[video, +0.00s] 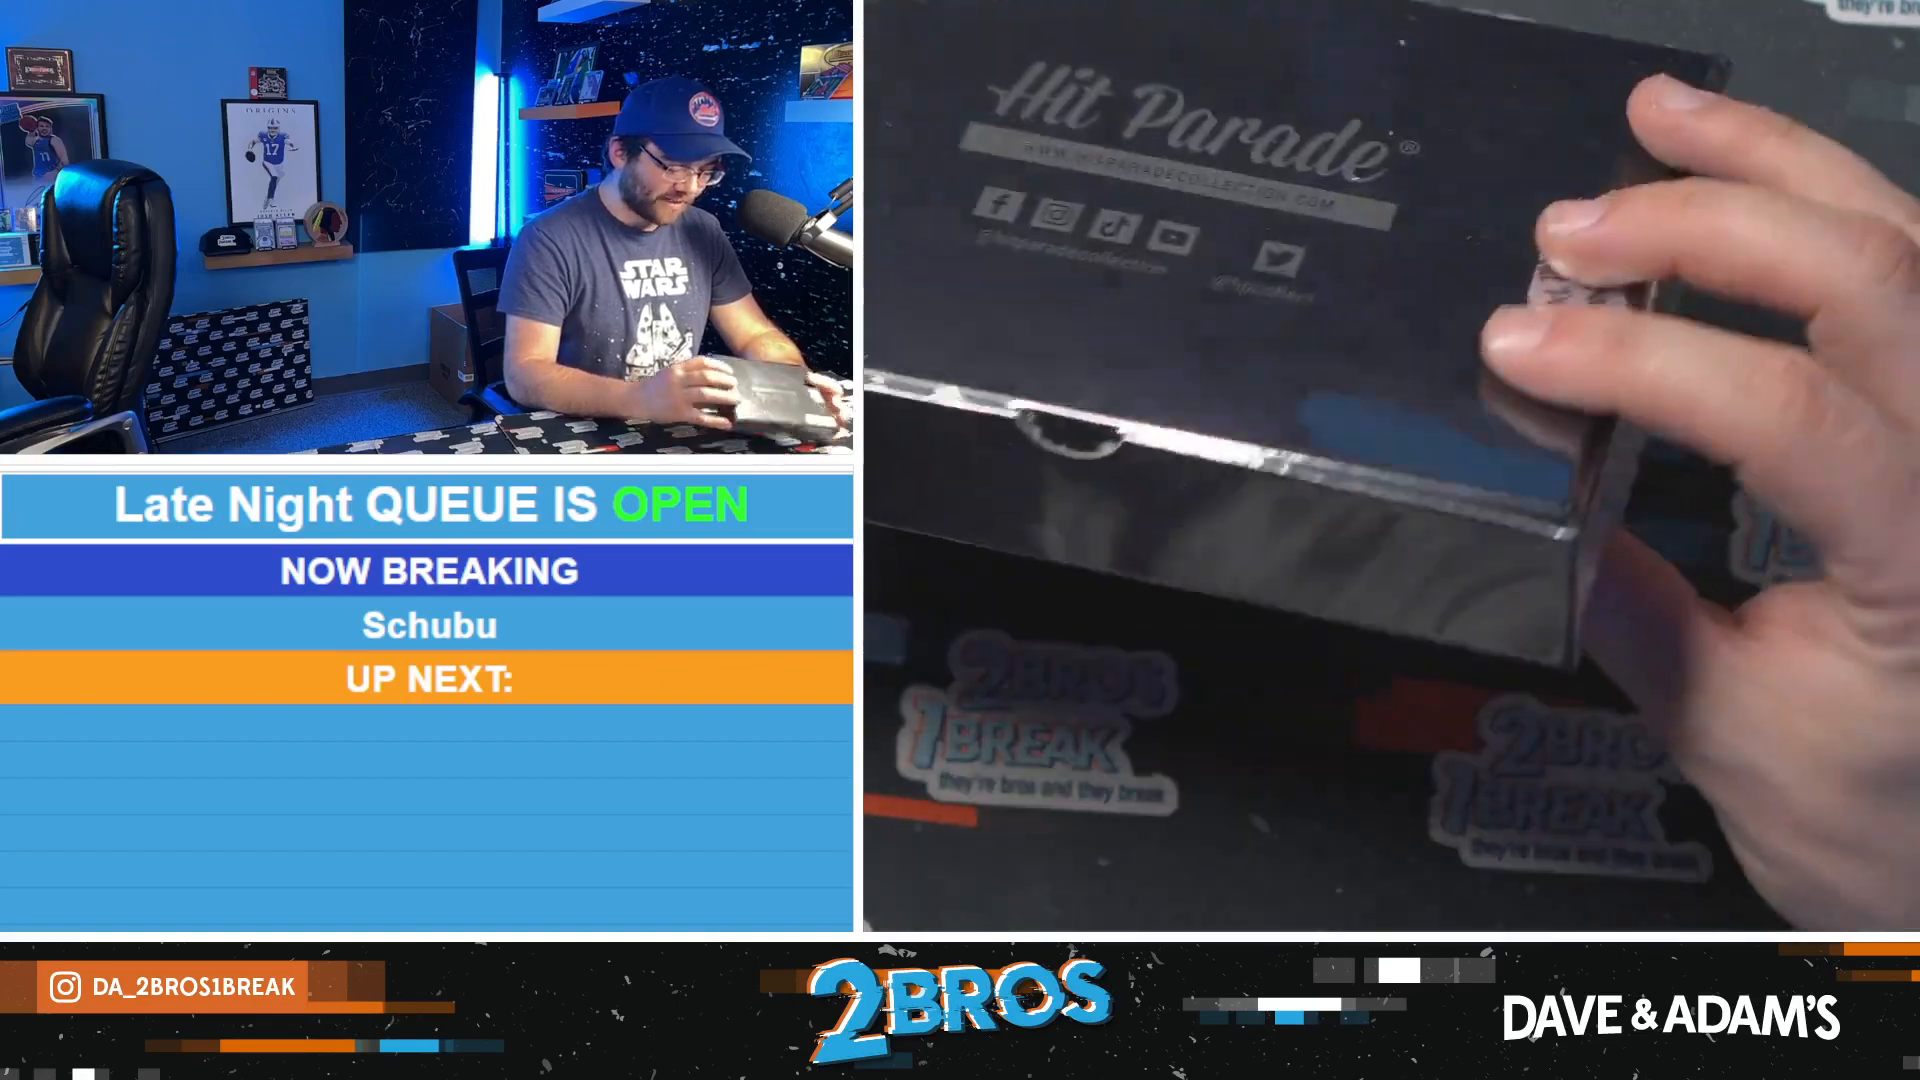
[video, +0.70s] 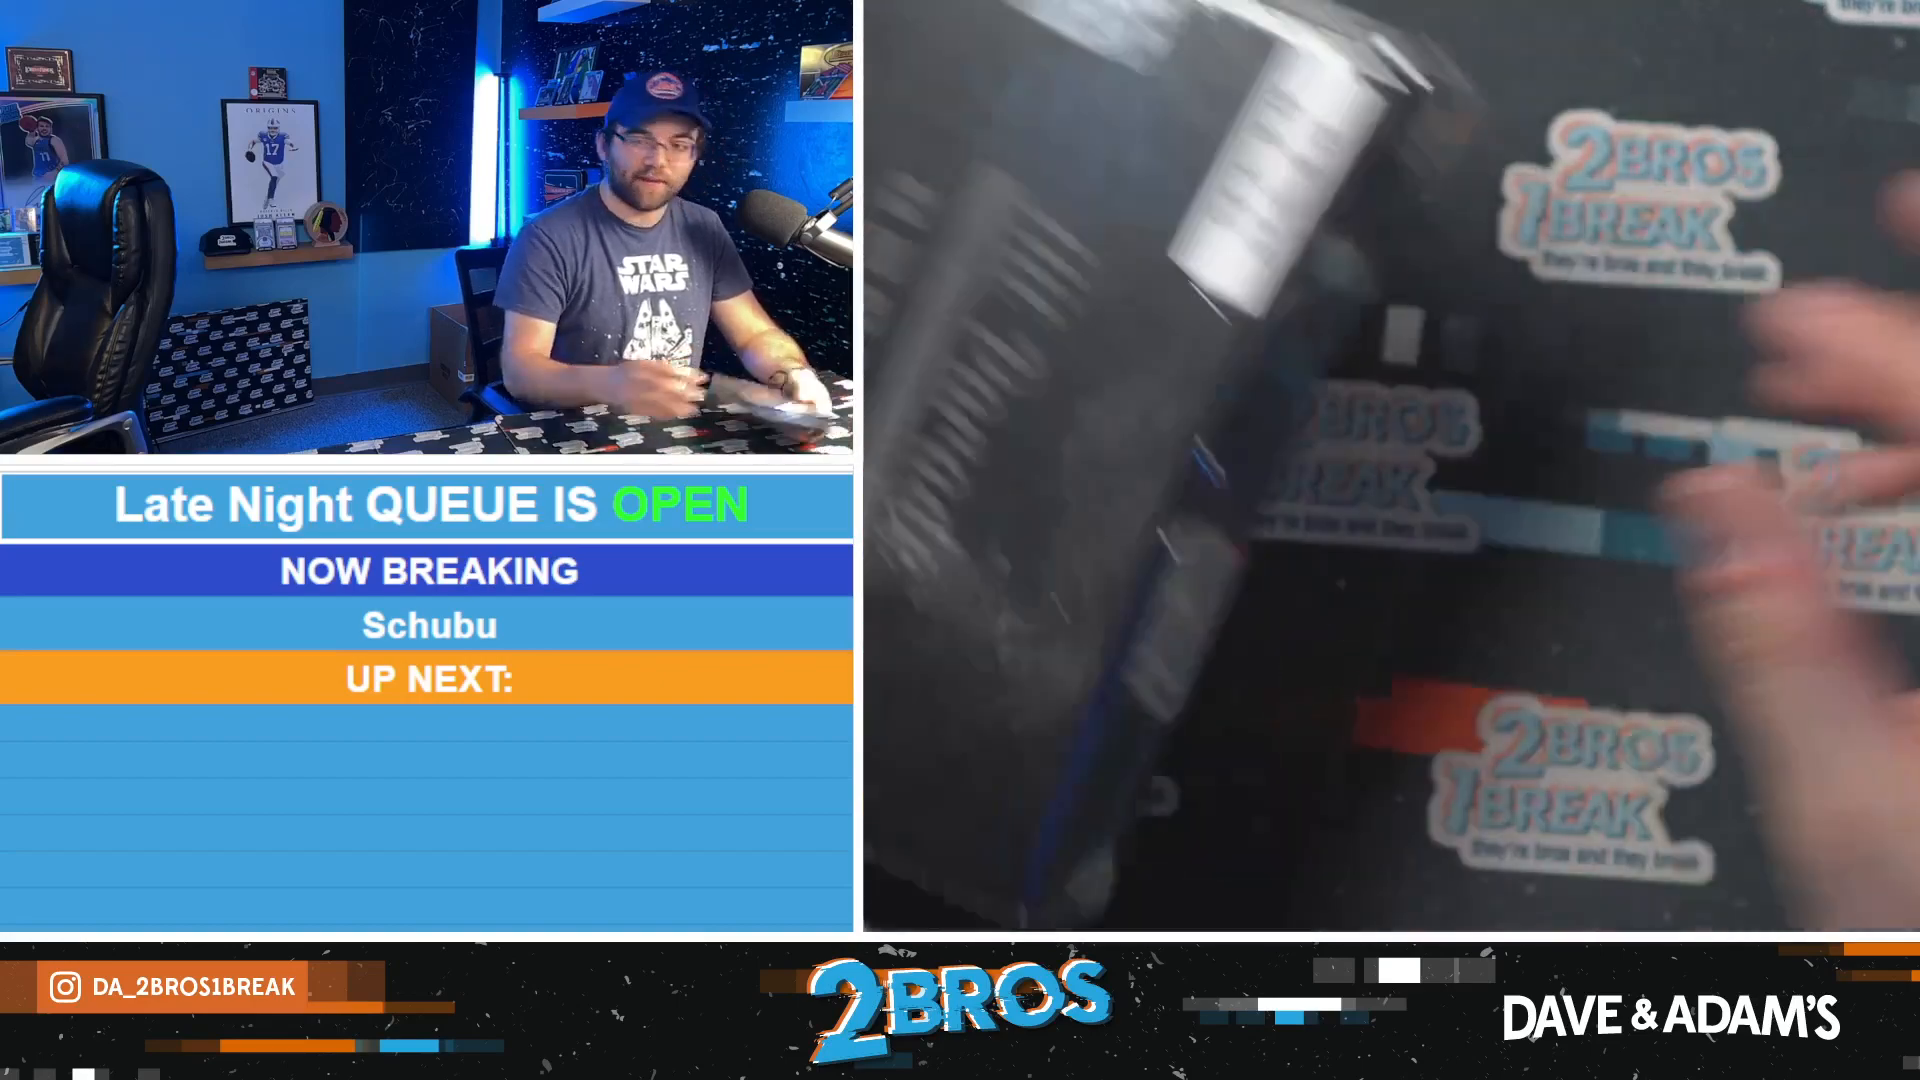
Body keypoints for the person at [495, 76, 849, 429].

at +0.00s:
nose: (689, 185)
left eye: (704, 169)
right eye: (673, 165)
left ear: (715, 169)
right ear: (620, 152)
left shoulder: (701, 232)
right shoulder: (552, 239)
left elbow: (755, 333)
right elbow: (527, 375)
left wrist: (797, 380)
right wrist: (641, 398)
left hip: (686, 457)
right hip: (581, 462)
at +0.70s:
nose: (659, 160)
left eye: (679, 145)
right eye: (642, 140)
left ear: (695, 157)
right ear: (605, 144)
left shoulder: (705, 231)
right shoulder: (552, 238)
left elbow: (757, 334)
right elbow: (523, 373)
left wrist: (793, 372)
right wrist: (612, 384)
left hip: (683, 449)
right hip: (577, 458)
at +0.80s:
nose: (648, 156)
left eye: (670, 141)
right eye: (631, 137)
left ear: (691, 155)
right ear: (602, 144)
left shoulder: (704, 230)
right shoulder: (548, 237)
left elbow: (762, 331)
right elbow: (515, 365)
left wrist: (795, 367)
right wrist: (565, 389)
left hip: (683, 456)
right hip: (580, 464)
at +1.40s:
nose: (604, 151)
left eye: (629, 137)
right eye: (599, 135)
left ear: (680, 153)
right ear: (590, 138)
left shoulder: (709, 233)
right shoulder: (551, 232)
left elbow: (775, 340)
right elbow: (520, 348)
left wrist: (753, 371)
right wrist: (535, 435)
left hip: (682, 448)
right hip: (582, 452)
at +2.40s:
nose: (652, 169)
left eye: (675, 154)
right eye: (637, 147)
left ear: (701, 160)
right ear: (613, 145)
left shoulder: (708, 236)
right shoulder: (552, 235)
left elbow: (771, 341)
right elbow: (503, 344)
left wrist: (760, 376)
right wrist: (509, 401)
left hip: (677, 456)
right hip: (570, 456)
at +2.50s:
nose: (665, 176)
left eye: (687, 161)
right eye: (650, 153)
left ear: (703, 167)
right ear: (614, 145)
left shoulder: (708, 235)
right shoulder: (550, 235)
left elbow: (771, 341)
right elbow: (501, 351)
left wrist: (759, 376)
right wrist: (548, 386)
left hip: (678, 457)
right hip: (575, 463)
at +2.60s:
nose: (673, 180)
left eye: (693, 164)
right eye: (657, 157)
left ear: (708, 168)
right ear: (616, 146)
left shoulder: (708, 235)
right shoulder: (550, 234)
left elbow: (771, 341)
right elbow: (507, 355)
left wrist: (758, 375)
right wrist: (589, 377)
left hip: (679, 457)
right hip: (574, 462)